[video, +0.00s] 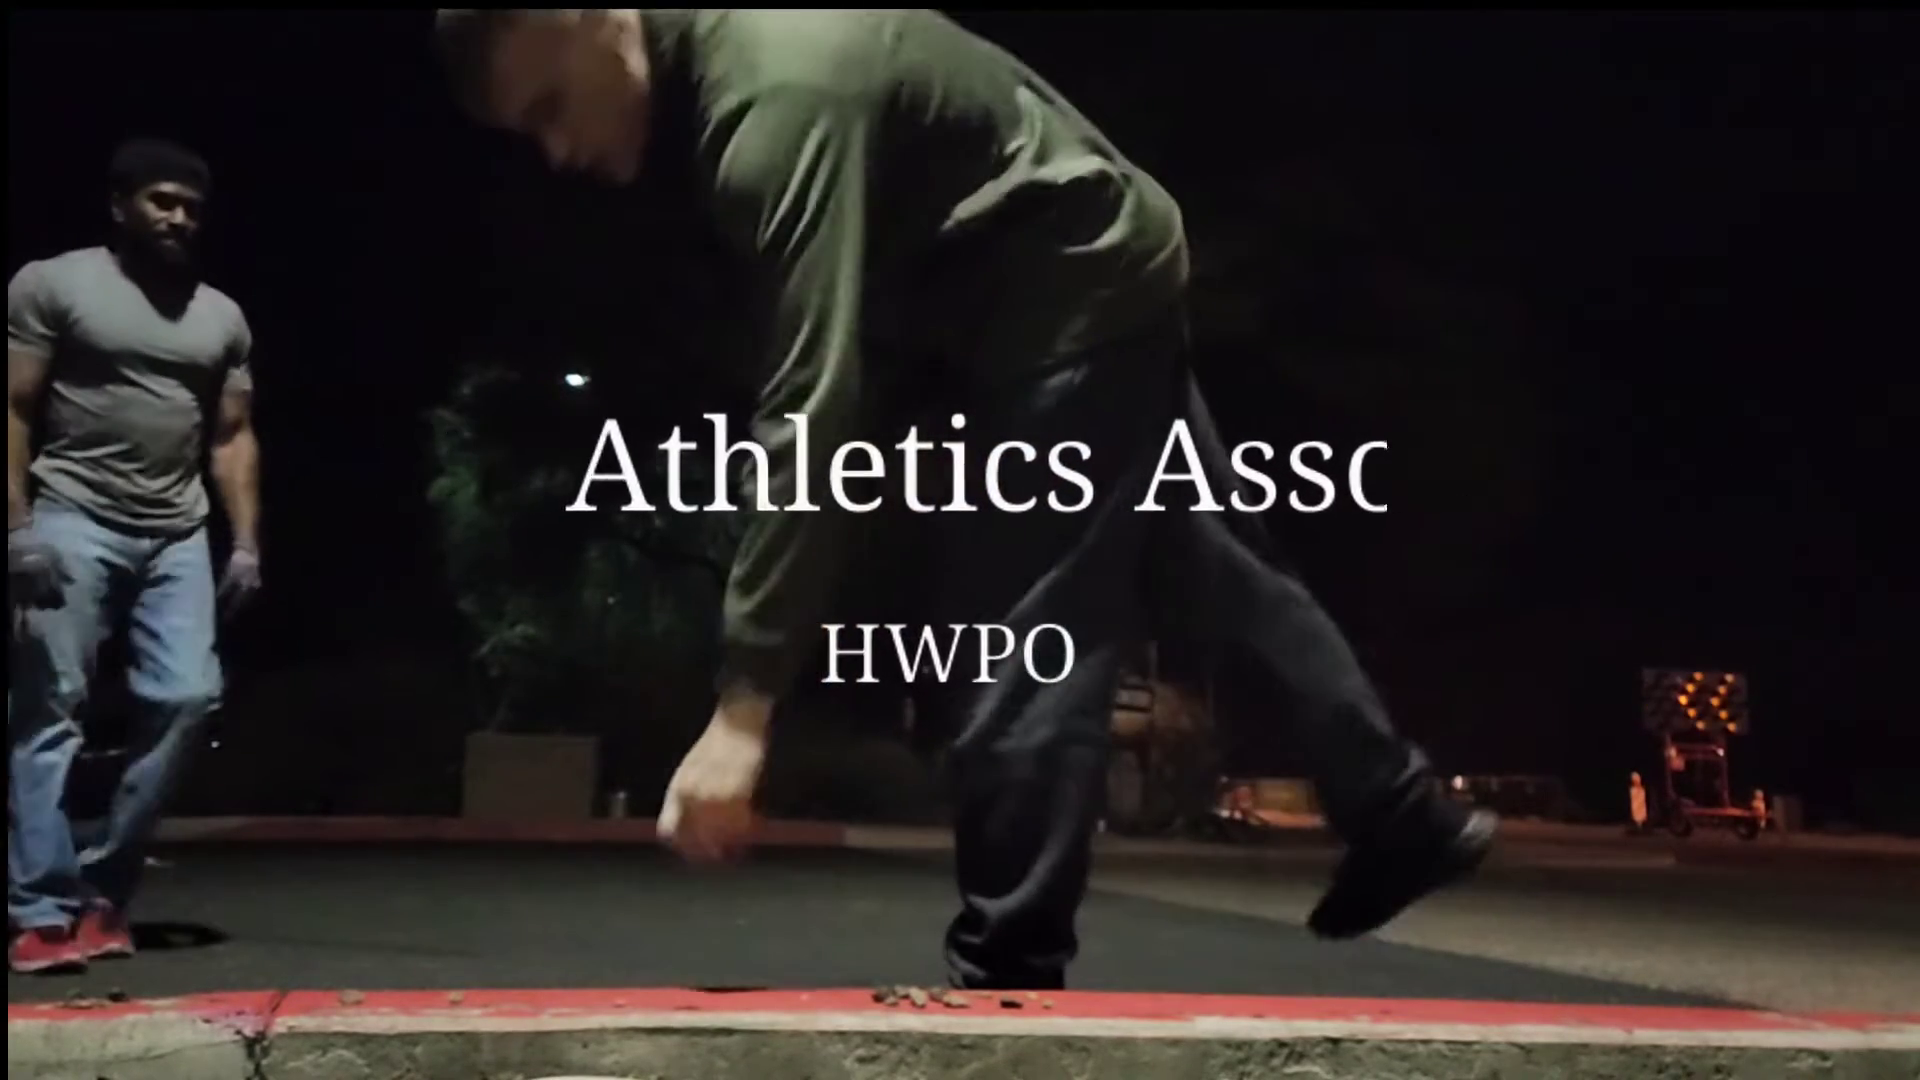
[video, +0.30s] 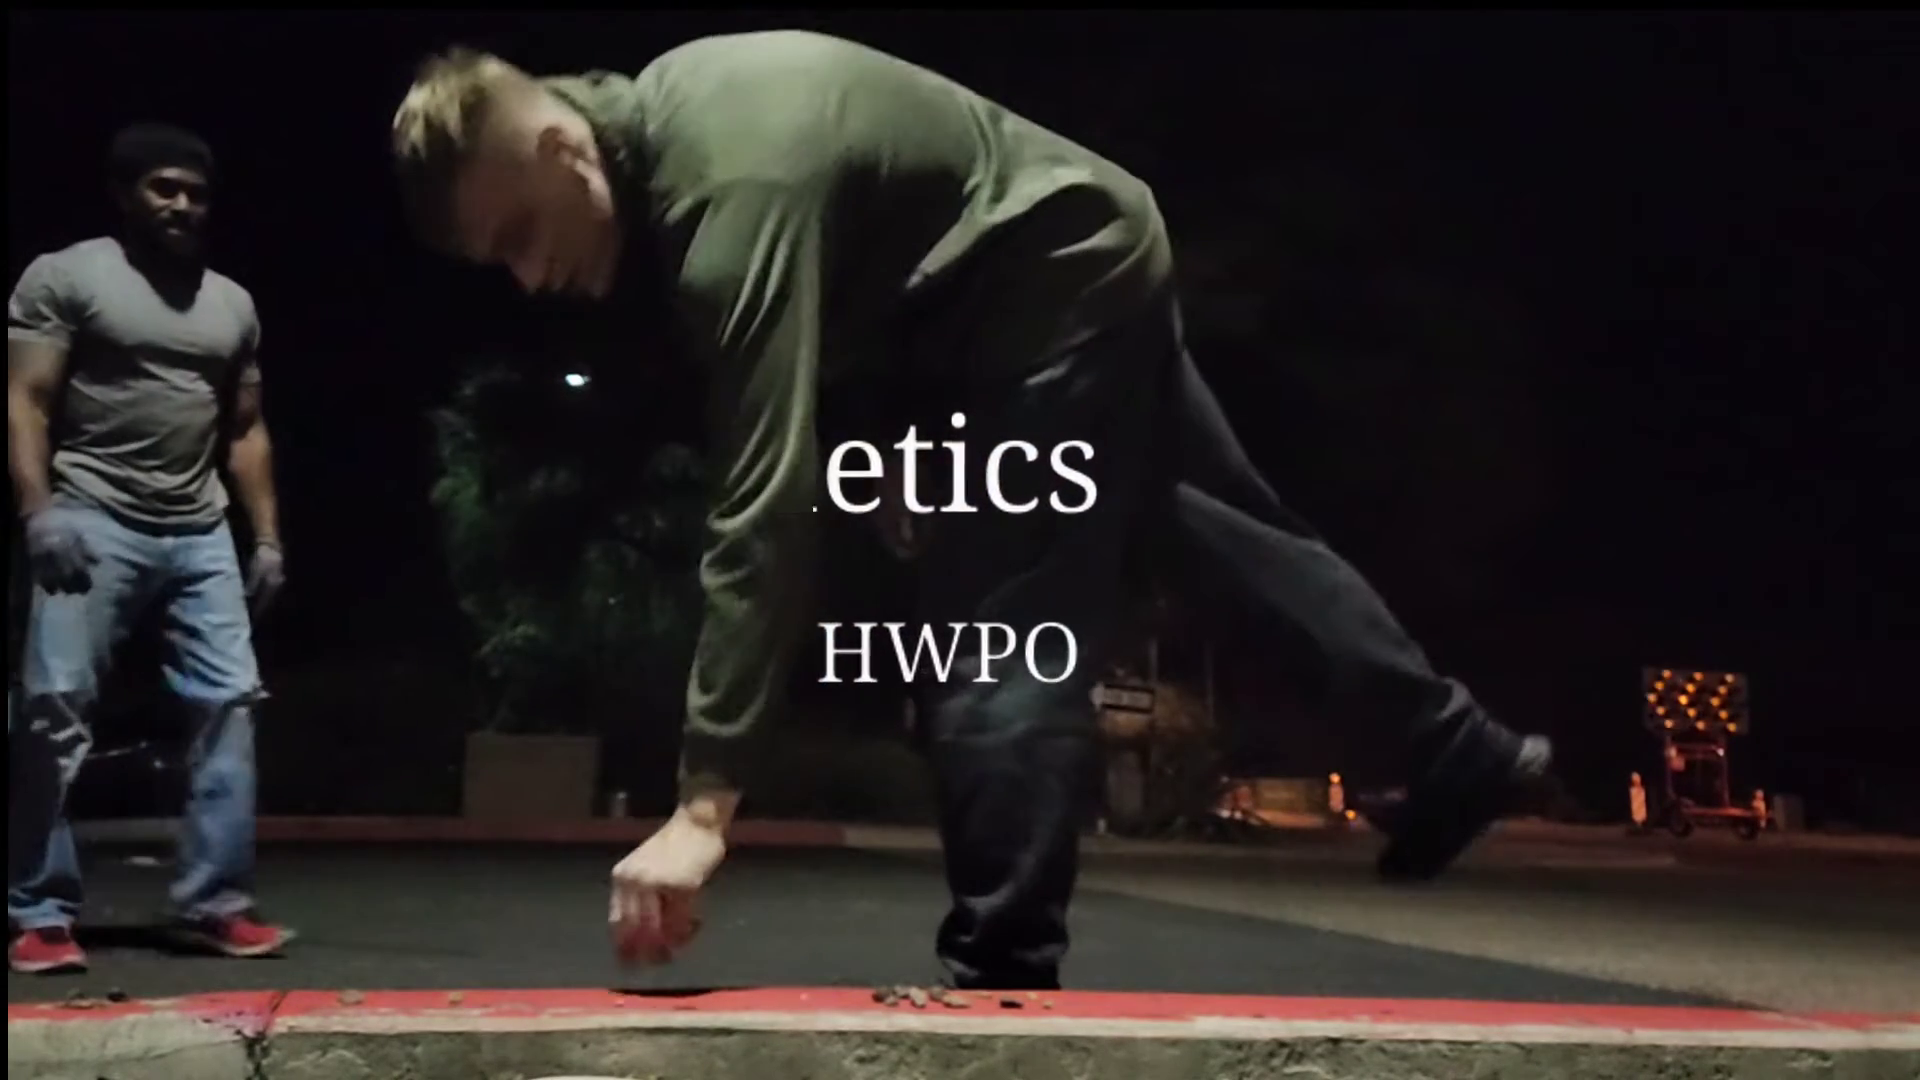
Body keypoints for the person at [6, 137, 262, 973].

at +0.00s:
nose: (178, 219)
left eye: (190, 207)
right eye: (161, 202)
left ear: (204, 219)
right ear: (121, 206)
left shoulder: (222, 321)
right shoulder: (53, 288)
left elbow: (233, 434)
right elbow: (16, 412)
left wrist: (246, 537)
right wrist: (19, 524)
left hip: (178, 532)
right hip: (71, 519)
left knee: (187, 695)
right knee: (52, 706)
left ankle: (97, 893)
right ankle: (39, 912)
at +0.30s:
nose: (183, 207)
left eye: (196, 194)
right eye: (165, 190)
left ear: (211, 206)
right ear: (127, 195)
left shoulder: (231, 307)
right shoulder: (66, 279)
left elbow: (246, 426)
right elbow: (27, 399)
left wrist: (266, 533)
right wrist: (39, 508)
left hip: (200, 529)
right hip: (90, 518)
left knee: (230, 699)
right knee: (58, 708)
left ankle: (213, 900)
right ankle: (38, 911)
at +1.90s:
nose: (361, 263)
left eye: (372, 249)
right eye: (345, 245)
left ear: (381, 248)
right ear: (299, 231)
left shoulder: (376, 326)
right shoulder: (225, 287)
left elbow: (373, 438)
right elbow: (215, 409)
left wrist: (375, 424)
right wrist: (321, 456)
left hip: (306, 548)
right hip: (212, 539)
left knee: (300, 720)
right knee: (185, 712)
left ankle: (263, 905)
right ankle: (164, 912)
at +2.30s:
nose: (340, 307)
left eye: (350, 292)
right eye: (328, 289)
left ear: (356, 292)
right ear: (288, 277)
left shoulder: (354, 355)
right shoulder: (197, 318)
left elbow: (348, 468)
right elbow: (159, 445)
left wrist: (361, 494)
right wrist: (255, 505)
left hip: (263, 537)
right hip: (165, 529)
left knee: (268, 714)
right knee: (152, 717)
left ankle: (266, 904)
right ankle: (163, 913)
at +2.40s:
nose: (325, 319)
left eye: (338, 304)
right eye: (313, 300)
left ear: (347, 304)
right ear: (280, 290)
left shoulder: (351, 365)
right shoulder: (193, 325)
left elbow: (330, 480)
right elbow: (155, 448)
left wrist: (357, 500)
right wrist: (222, 504)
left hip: (263, 538)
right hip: (161, 530)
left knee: (268, 719)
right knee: (150, 717)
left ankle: (266, 905)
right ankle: (162, 912)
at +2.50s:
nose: (322, 325)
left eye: (334, 311)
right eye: (309, 307)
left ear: (346, 308)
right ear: (275, 297)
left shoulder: (351, 366)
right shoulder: (189, 331)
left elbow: (331, 485)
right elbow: (163, 463)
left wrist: (316, 506)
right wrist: (267, 499)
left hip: (260, 535)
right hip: (160, 527)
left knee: (272, 714)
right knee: (151, 711)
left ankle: (267, 905)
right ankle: (164, 914)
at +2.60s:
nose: (322, 328)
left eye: (333, 313)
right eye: (309, 311)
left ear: (344, 310)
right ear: (275, 302)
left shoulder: (351, 364)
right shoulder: (191, 329)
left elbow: (351, 473)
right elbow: (152, 451)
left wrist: (350, 486)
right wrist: (209, 518)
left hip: (267, 531)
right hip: (164, 524)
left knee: (284, 707)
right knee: (154, 708)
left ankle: (272, 897)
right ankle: (158, 911)